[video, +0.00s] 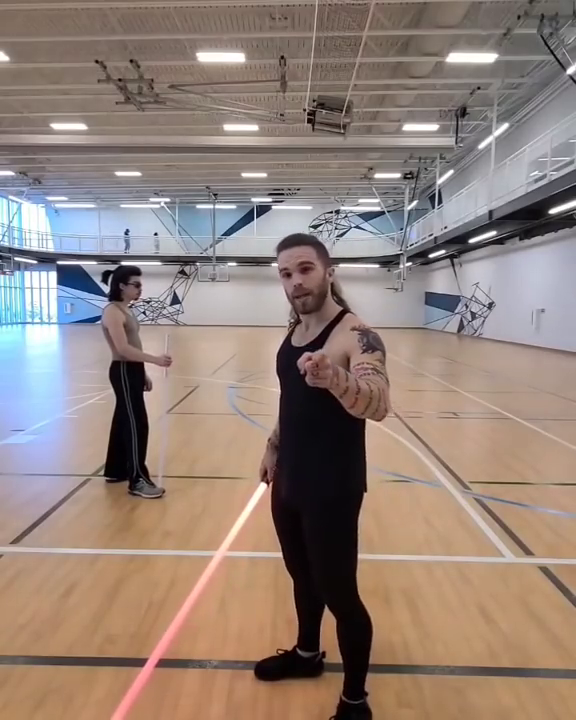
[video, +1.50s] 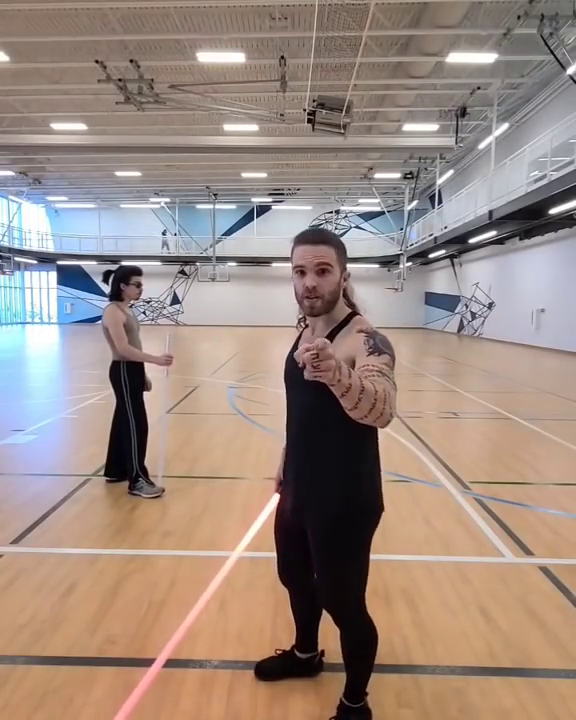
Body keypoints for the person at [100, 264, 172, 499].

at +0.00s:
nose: (139, 289)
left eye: (140, 285)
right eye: (135, 285)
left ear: (130, 287)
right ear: (120, 286)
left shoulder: (125, 310)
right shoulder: (113, 312)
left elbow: (131, 348)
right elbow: (121, 348)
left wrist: (142, 374)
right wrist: (156, 359)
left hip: (131, 370)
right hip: (124, 371)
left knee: (124, 420)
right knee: (138, 424)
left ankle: (115, 469)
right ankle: (137, 480)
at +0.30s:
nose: (140, 289)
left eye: (140, 285)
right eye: (135, 285)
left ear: (130, 288)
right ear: (121, 286)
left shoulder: (125, 311)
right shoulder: (113, 312)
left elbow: (131, 347)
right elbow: (121, 348)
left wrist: (142, 373)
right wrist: (156, 359)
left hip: (131, 370)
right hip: (124, 371)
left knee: (124, 420)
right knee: (137, 424)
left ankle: (115, 469)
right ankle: (137, 480)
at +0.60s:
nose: (140, 289)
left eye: (140, 285)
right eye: (135, 285)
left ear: (129, 287)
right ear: (121, 286)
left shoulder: (125, 310)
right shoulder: (113, 311)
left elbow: (131, 348)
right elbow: (121, 348)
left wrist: (143, 373)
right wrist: (156, 359)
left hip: (131, 370)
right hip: (124, 371)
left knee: (124, 420)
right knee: (137, 423)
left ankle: (115, 469)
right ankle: (137, 480)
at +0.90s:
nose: (140, 289)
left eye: (141, 285)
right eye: (136, 285)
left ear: (129, 287)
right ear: (122, 286)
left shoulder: (125, 310)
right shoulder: (114, 311)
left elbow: (130, 348)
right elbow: (122, 349)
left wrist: (142, 373)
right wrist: (156, 360)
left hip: (131, 370)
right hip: (124, 371)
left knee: (125, 420)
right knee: (137, 423)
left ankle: (115, 469)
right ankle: (137, 480)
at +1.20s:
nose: (140, 289)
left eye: (141, 285)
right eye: (136, 285)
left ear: (130, 288)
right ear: (122, 286)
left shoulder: (125, 310)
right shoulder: (114, 311)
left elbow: (131, 348)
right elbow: (122, 348)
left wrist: (142, 374)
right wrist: (158, 360)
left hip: (131, 370)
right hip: (124, 371)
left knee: (124, 420)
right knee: (137, 424)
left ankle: (115, 469)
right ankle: (137, 480)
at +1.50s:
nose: (140, 289)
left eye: (141, 285)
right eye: (136, 285)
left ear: (131, 287)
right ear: (121, 286)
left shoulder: (125, 310)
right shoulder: (113, 311)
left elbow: (131, 348)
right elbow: (122, 348)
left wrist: (142, 375)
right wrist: (156, 359)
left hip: (131, 370)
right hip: (124, 371)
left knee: (124, 420)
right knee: (137, 424)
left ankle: (115, 469)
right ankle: (137, 480)